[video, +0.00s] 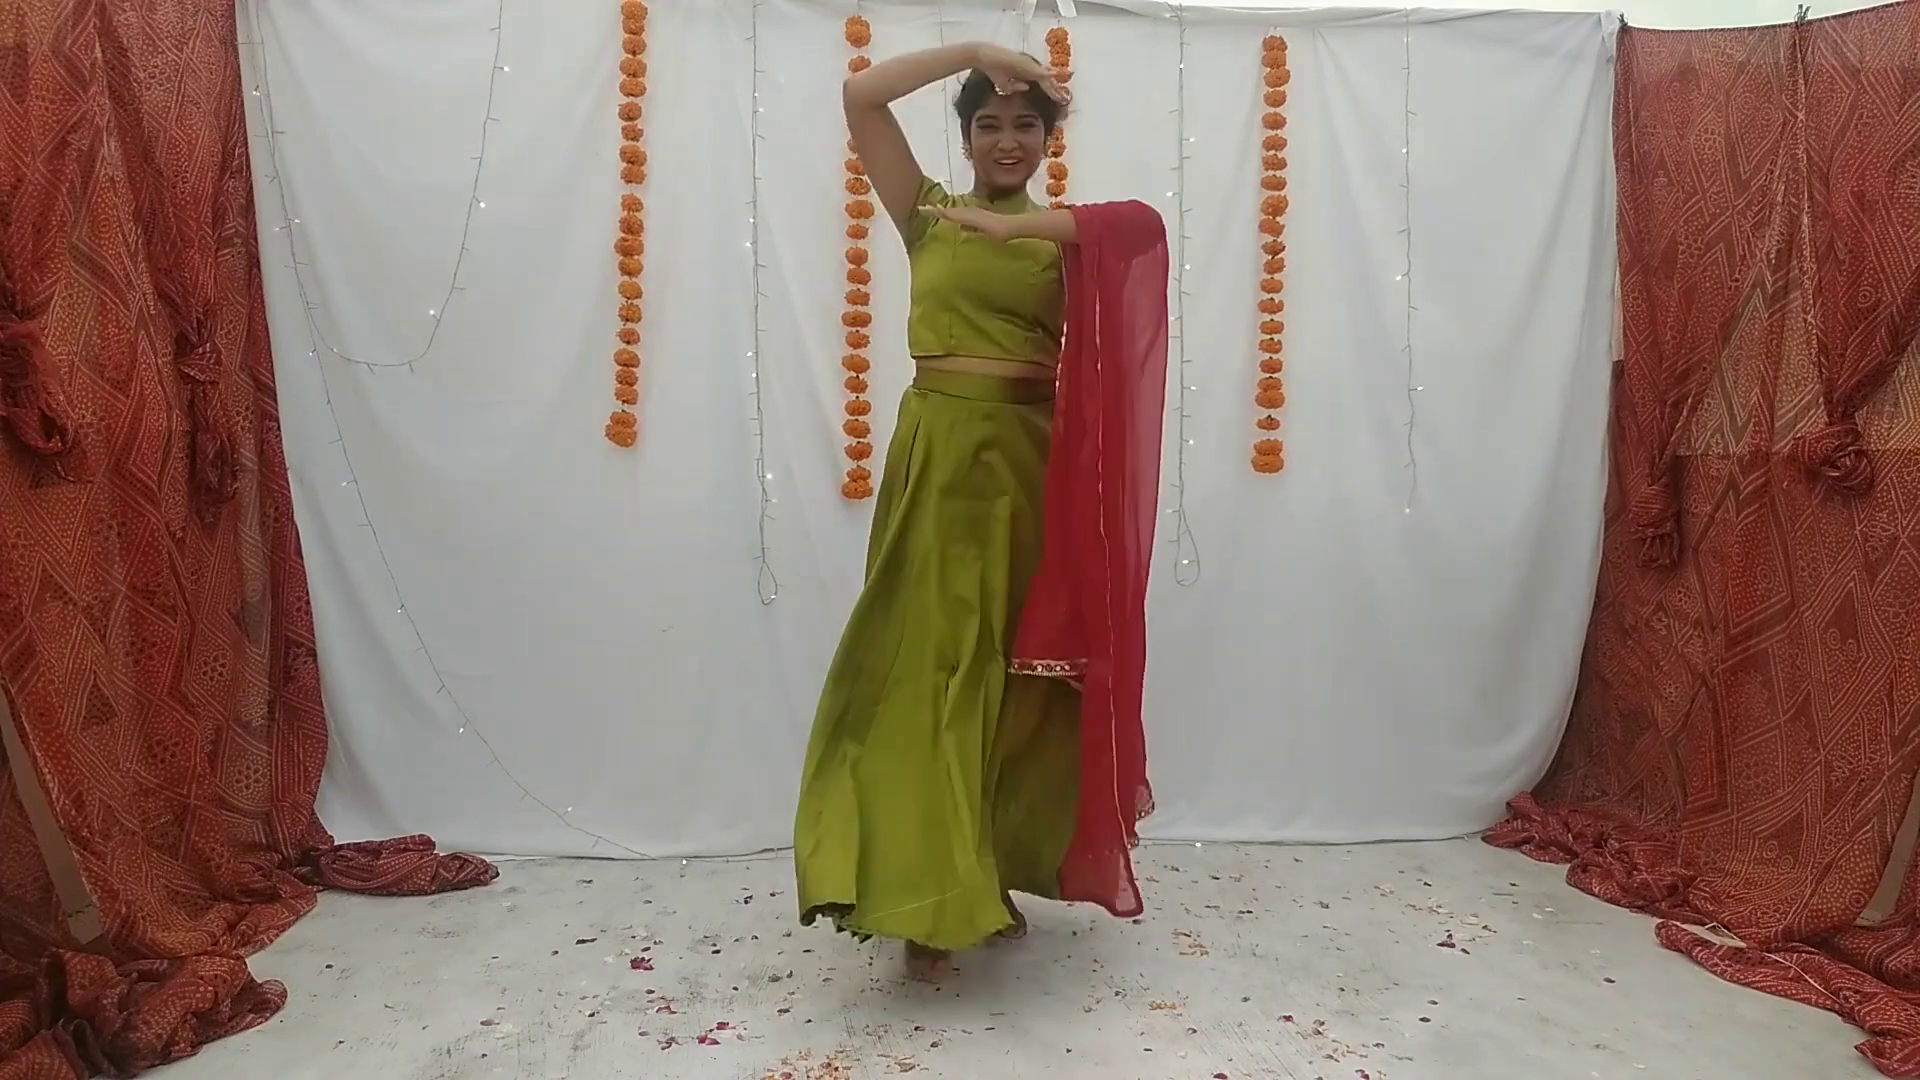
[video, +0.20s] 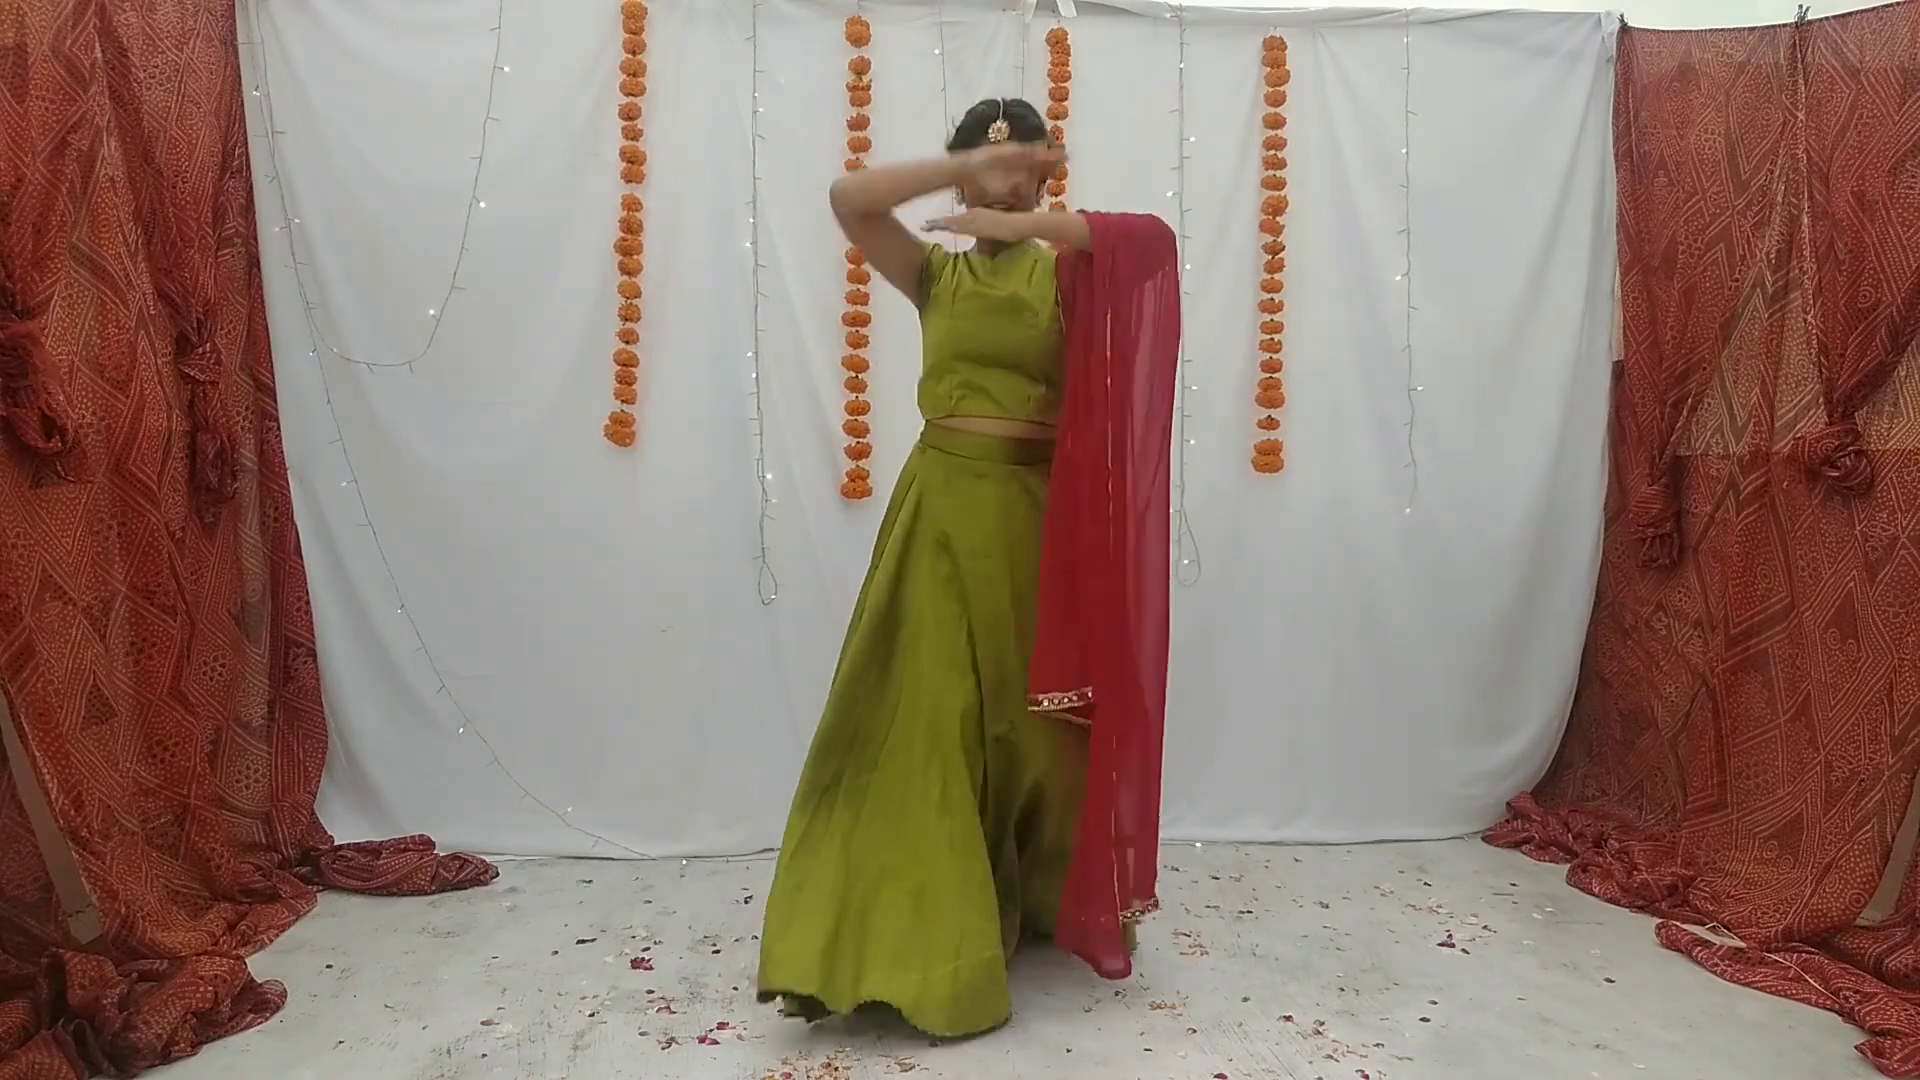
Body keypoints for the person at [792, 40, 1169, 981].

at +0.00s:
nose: (1009, 139)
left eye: (1026, 125)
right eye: (992, 124)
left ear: (1047, 142)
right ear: (966, 135)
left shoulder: (1062, 240)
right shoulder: (929, 216)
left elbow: (1144, 223)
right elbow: (863, 96)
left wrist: (1005, 224)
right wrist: (973, 50)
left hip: (1029, 451)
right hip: (937, 443)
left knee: (1010, 667)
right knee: (935, 662)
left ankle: (981, 871)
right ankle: (928, 900)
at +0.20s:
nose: (1019, 182)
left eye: (1029, 165)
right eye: (1002, 166)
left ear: (1051, 172)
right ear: (967, 174)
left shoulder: (1074, 265)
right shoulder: (937, 271)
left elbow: (1148, 241)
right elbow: (852, 198)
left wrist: (1012, 224)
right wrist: (957, 171)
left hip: (1040, 501)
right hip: (942, 492)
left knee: (1025, 716)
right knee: (928, 714)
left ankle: (1015, 905)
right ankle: (917, 946)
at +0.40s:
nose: (1019, 174)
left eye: (1037, 160)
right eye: (1001, 158)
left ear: (1059, 176)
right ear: (975, 171)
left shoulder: (1089, 264)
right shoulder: (948, 271)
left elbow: (1163, 158)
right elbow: (841, 256)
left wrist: (1054, 119)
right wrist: (956, 265)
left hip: (1060, 496)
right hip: (959, 491)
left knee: (1066, 715)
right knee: (950, 713)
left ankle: (1083, 932)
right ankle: (933, 938)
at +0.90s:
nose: (1006, 127)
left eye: (1022, 112)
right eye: (987, 114)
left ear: (1052, 130)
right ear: (960, 139)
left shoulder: (1096, 234)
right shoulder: (941, 252)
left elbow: (1193, 309)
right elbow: (845, 369)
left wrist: (1108, 223)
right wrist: (904, 265)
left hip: (1086, 495)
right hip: (972, 492)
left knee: (1085, 732)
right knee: (969, 730)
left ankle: (1086, 984)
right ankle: (965, 975)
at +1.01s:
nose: (990, 150)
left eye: (1008, 136)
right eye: (970, 139)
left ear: (1039, 163)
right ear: (949, 169)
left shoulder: (1086, 271)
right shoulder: (921, 293)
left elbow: (1197, 380)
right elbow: (916, 444)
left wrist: (1102, 319)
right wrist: (891, 372)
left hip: (1074, 533)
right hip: (959, 529)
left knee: (1082, 757)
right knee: (965, 757)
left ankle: (1080, 992)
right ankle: (960, 987)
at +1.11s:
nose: (987, 157)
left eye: (1004, 143)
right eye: (969, 146)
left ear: (1036, 167)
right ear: (944, 173)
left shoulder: (1082, 275)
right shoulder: (918, 292)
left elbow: (1184, 377)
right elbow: (865, 424)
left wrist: (1236, 300)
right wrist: (766, 393)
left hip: (1057, 522)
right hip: (951, 519)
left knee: (1068, 756)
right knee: (959, 754)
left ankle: (1067, 992)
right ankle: (956, 986)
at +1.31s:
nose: (1021, 112)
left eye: (1036, 97)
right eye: (1000, 102)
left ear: (1062, 119)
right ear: (973, 130)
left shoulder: (1072, 238)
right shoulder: (971, 223)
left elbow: (1127, 375)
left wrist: (1228, 419)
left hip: (1041, 488)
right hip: (967, 479)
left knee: (1043, 722)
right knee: (969, 725)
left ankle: (1026, 963)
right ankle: (953, 972)